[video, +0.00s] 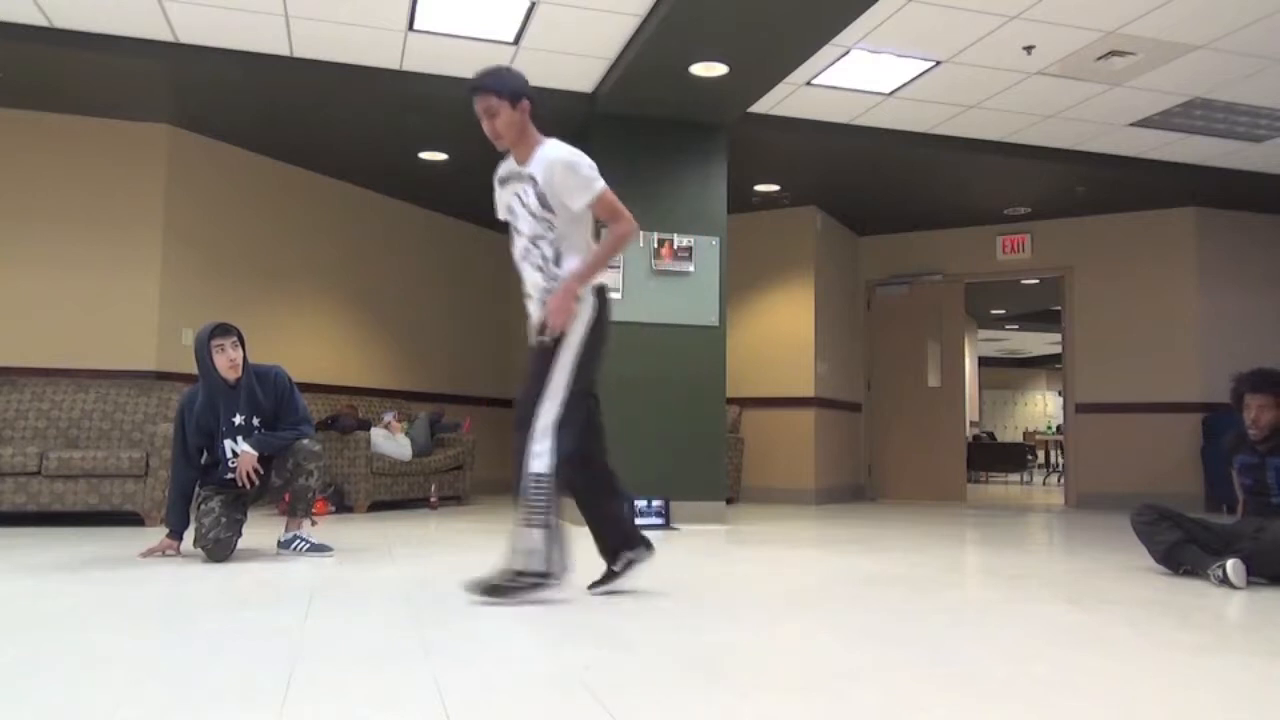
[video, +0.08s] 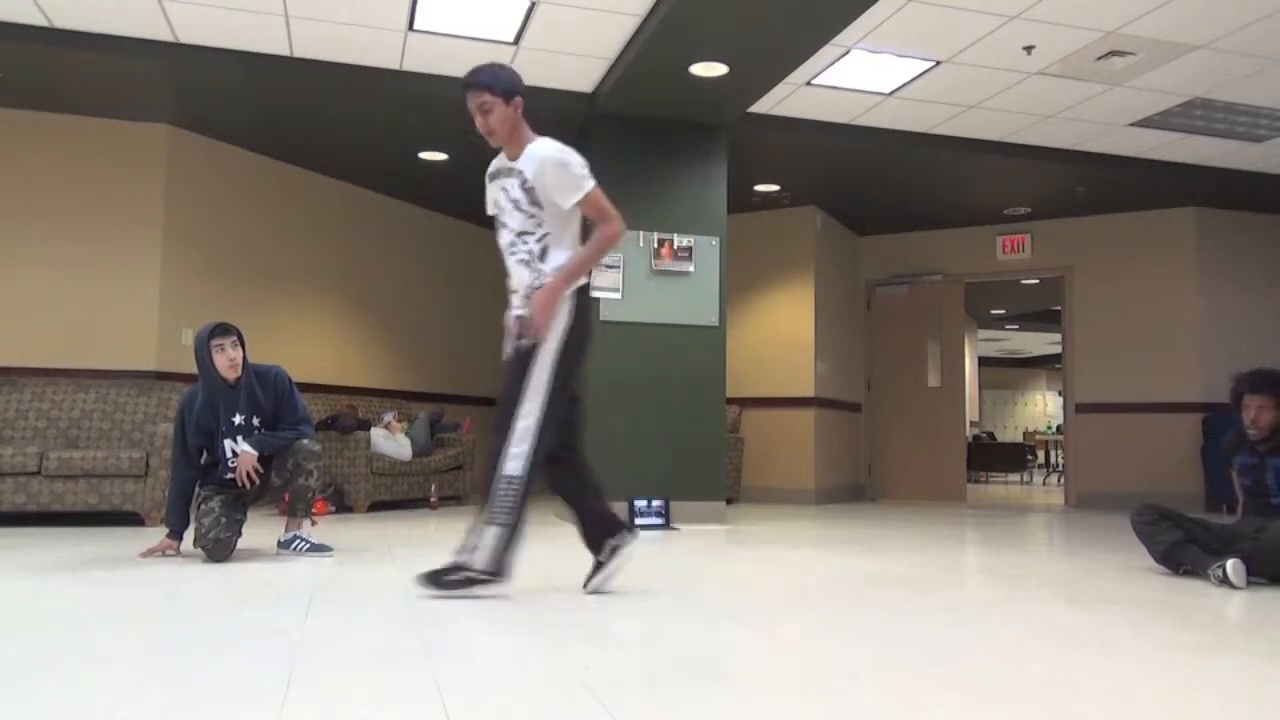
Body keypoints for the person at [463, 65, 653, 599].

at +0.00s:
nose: (488, 125)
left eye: (494, 112)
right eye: (481, 116)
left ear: (523, 108)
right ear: (480, 122)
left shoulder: (562, 161)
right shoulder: (506, 175)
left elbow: (625, 226)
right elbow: (532, 243)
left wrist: (571, 288)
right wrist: (537, 303)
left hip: (580, 309)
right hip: (548, 313)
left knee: (540, 422)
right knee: (572, 432)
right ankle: (625, 543)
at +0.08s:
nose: (480, 122)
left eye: (486, 109)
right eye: (474, 113)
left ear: (516, 104)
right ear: (477, 117)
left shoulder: (550, 158)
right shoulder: (498, 173)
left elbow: (611, 225)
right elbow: (522, 249)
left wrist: (554, 288)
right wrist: (515, 311)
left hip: (559, 309)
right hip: (530, 312)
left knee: (519, 428)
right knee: (552, 436)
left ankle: (488, 559)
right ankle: (607, 534)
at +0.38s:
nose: (462, 146)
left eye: (469, 134)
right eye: (455, 138)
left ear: (496, 129)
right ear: (452, 142)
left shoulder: (523, 182)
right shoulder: (479, 193)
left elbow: (550, 262)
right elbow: (493, 270)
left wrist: (478, 298)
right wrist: (452, 298)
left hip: (538, 315)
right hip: (507, 315)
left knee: (489, 430)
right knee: (470, 428)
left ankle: (461, 561)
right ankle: (527, 525)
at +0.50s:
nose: (464, 158)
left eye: (470, 145)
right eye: (455, 150)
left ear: (495, 139)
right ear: (451, 153)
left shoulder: (527, 190)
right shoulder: (470, 205)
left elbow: (552, 274)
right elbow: (469, 266)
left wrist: (492, 304)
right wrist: (459, 293)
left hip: (558, 313)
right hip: (519, 318)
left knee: (516, 427)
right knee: (498, 431)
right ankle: (515, 555)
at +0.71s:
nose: (489, 175)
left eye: (496, 162)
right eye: (480, 166)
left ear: (518, 160)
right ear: (472, 171)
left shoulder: (552, 208)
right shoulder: (487, 227)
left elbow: (598, 287)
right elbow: (507, 303)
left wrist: (645, 348)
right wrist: (482, 364)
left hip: (582, 350)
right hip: (534, 357)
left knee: (597, 455)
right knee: (502, 454)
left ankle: (695, 526)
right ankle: (519, 561)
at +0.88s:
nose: (521, 154)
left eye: (528, 141)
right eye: (513, 145)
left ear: (553, 135)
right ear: (509, 147)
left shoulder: (592, 168)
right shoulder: (521, 183)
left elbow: (671, 190)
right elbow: (528, 215)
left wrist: (762, 193)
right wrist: (489, 243)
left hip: (619, 318)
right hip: (561, 324)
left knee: (683, 424)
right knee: (513, 418)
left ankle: (758, 533)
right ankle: (509, 530)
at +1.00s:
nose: (551, 179)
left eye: (559, 169)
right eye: (544, 171)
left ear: (585, 163)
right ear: (541, 172)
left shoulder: (624, 197)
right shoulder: (554, 201)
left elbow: (710, 221)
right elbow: (540, 224)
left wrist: (805, 223)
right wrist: (495, 239)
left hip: (660, 336)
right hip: (602, 335)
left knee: (721, 445)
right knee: (527, 412)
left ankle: (806, 555)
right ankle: (492, 526)